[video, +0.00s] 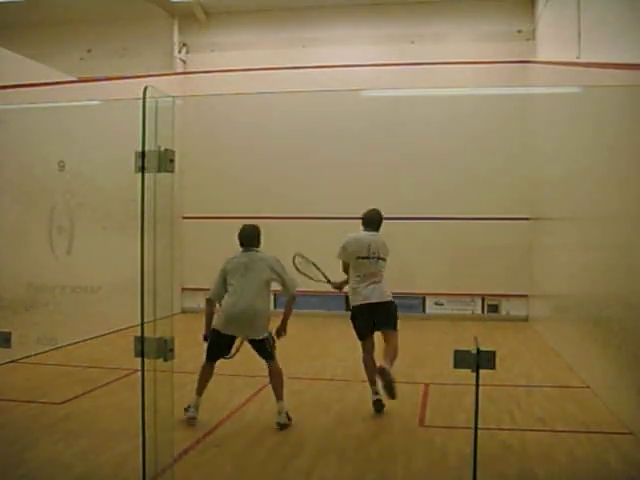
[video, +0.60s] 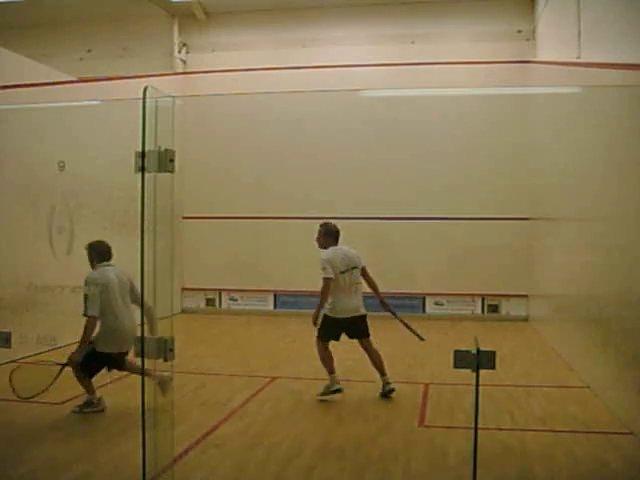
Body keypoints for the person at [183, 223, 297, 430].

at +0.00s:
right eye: (258, 239)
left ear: (239, 242)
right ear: (259, 241)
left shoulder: (229, 263)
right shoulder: (269, 261)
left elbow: (211, 299)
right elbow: (291, 293)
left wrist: (207, 329)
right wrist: (283, 323)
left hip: (227, 319)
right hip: (257, 321)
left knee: (209, 361)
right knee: (272, 363)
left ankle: (194, 406)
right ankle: (281, 411)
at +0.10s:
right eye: (243, 247)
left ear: (226, 252)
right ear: (245, 250)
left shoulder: (217, 273)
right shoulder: (257, 272)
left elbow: (201, 307)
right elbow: (279, 303)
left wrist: (194, 334)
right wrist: (285, 335)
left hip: (217, 327)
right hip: (247, 329)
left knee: (197, 361)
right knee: (270, 364)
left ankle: (181, 402)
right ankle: (279, 415)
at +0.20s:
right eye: (220, 243)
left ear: (203, 247)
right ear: (222, 246)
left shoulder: (193, 270)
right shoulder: (233, 268)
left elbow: (181, 303)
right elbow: (256, 301)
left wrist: (174, 331)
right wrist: (270, 330)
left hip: (198, 328)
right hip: (227, 329)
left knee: (182, 357)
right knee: (252, 364)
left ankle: (184, 402)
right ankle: (273, 408)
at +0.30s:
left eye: (181, 242)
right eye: (194, 240)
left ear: (178, 244)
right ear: (197, 243)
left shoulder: (170, 266)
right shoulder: (209, 266)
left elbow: (159, 298)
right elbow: (233, 295)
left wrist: (148, 325)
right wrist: (250, 322)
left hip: (174, 325)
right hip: (199, 325)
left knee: (158, 356)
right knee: (217, 359)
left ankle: (173, 395)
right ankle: (234, 395)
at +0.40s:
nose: (158, 256)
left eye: (156, 253)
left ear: (155, 254)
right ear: (173, 253)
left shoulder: (148, 276)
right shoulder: (185, 276)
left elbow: (137, 308)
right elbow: (210, 300)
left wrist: (123, 337)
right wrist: (231, 325)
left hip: (151, 335)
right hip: (177, 335)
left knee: (123, 351)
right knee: (183, 359)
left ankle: (137, 392)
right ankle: (202, 397)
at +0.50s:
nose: (120, 259)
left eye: (120, 256)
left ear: (121, 259)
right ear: (140, 258)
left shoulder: (118, 280)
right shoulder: (152, 278)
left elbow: (114, 316)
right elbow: (177, 306)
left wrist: (100, 346)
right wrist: (195, 331)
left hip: (130, 339)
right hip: (154, 338)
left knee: (93, 357)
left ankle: (96, 400)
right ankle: (197, 393)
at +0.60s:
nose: (88, 259)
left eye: (89, 256)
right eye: (88, 256)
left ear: (93, 257)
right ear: (109, 256)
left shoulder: (94, 278)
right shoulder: (121, 274)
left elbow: (92, 319)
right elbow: (147, 307)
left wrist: (79, 350)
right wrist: (153, 338)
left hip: (111, 336)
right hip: (128, 334)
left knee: (78, 366)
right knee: (117, 362)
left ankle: (93, 399)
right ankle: (157, 377)